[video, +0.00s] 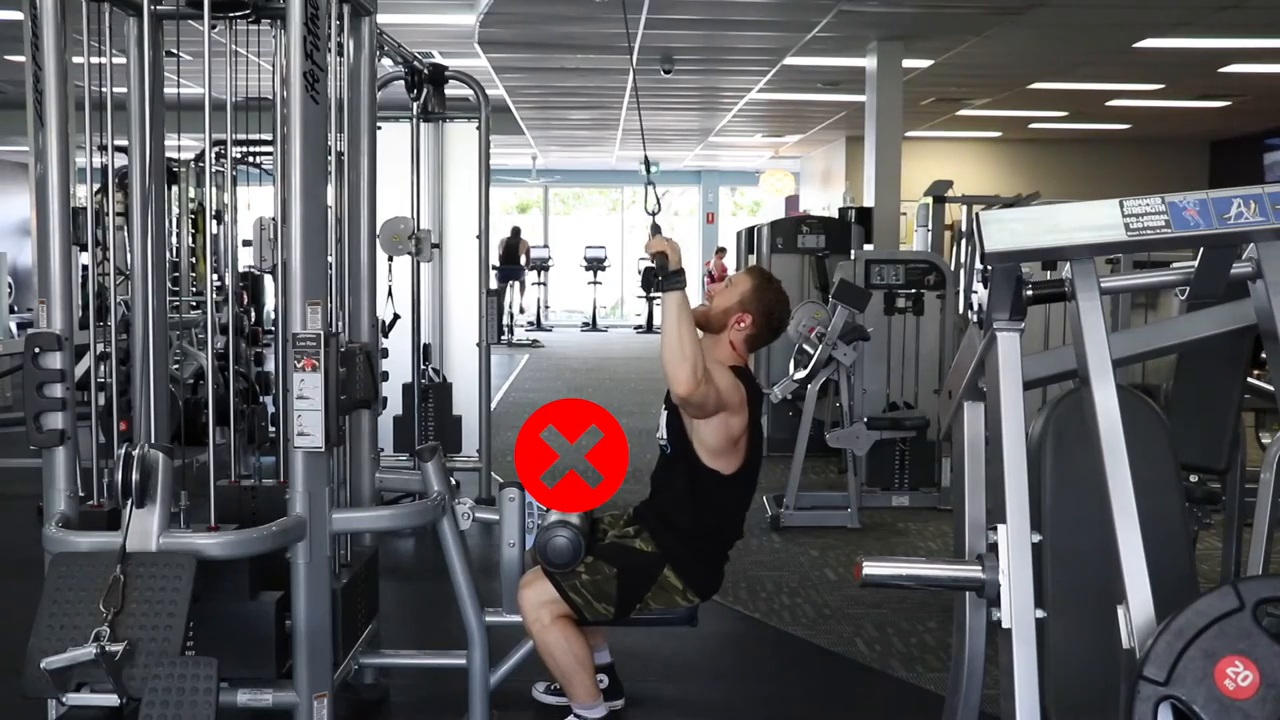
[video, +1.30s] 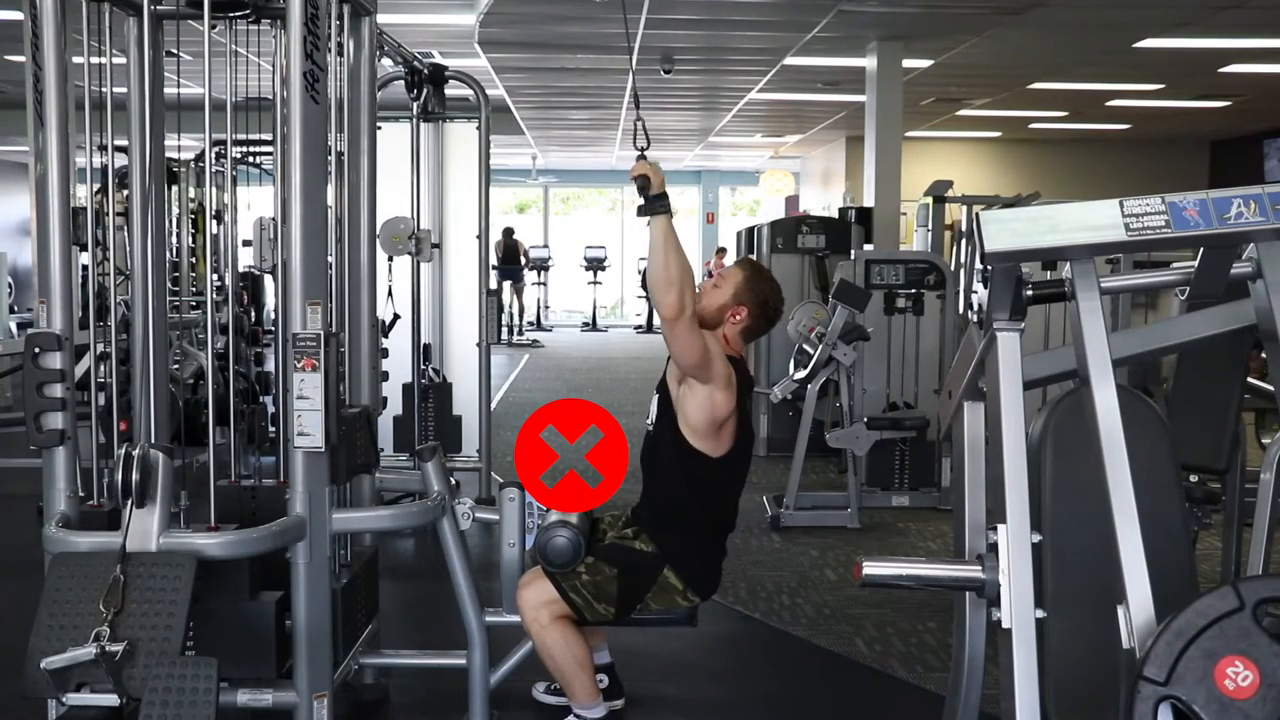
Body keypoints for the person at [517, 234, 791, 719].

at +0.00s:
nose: (713, 286)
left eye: (725, 285)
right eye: (722, 280)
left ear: (739, 322)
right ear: (740, 326)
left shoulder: (727, 387)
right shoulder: (716, 363)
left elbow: (687, 389)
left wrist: (673, 278)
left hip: (678, 560)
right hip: (658, 527)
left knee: (537, 596)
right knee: (556, 539)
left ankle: (588, 711)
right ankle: (597, 673)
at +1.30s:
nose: (704, 281)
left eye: (717, 278)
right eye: (713, 274)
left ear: (736, 316)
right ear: (736, 319)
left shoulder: (710, 373)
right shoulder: (713, 361)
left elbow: (674, 306)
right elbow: (676, 302)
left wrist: (657, 202)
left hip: (676, 562)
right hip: (662, 535)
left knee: (536, 595)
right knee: (555, 544)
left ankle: (589, 709)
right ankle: (593, 671)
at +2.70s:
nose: (713, 286)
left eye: (723, 286)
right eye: (720, 281)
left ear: (738, 323)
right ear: (740, 326)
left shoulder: (727, 391)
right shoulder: (717, 361)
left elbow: (685, 382)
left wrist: (673, 275)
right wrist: (717, 290)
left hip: (680, 559)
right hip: (660, 527)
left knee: (538, 596)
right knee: (558, 541)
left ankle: (588, 711)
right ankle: (598, 674)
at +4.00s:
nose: (708, 276)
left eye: (722, 277)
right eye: (717, 271)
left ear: (736, 316)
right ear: (735, 318)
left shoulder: (714, 375)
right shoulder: (706, 360)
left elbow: (676, 312)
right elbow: (679, 307)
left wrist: (659, 209)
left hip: (675, 565)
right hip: (655, 534)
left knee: (536, 596)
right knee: (553, 545)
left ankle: (589, 709)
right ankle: (594, 671)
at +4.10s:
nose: (708, 269)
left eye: (721, 272)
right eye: (719, 266)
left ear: (732, 314)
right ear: (733, 316)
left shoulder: (707, 369)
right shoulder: (702, 356)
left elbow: (671, 293)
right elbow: (672, 290)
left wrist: (657, 192)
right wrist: (656, 201)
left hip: (674, 564)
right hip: (657, 537)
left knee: (536, 596)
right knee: (553, 544)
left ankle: (590, 710)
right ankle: (593, 671)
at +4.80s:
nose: (722, 280)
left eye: (738, 280)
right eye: (733, 273)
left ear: (754, 315)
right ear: (755, 318)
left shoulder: (723, 367)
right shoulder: (720, 354)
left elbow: (683, 291)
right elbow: (687, 289)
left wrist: (665, 192)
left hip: (671, 560)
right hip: (653, 533)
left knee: (533, 597)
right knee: (555, 545)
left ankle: (589, 710)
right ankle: (594, 671)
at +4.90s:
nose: (744, 287)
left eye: (758, 288)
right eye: (755, 282)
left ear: (774, 325)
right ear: (774, 327)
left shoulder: (743, 381)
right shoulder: (738, 362)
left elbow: (700, 322)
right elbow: (715, 329)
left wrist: (677, 216)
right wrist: (713, 286)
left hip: (671, 561)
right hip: (649, 530)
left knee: (532, 597)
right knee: (552, 547)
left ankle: (591, 713)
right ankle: (594, 671)